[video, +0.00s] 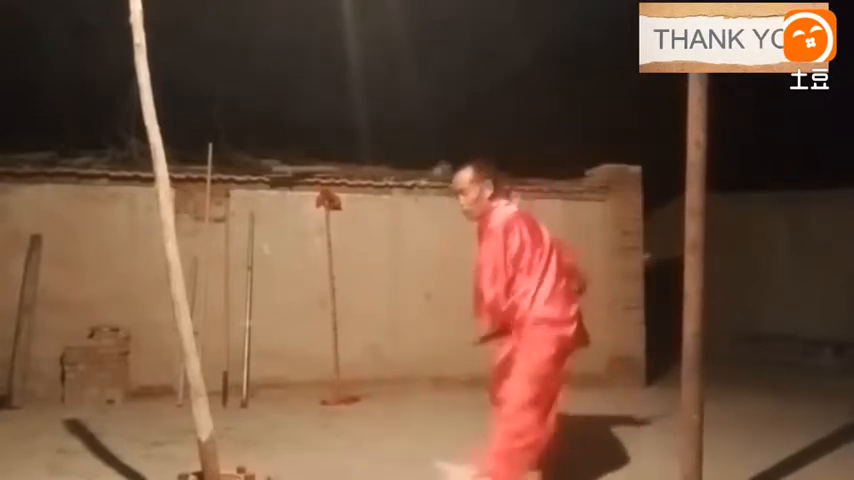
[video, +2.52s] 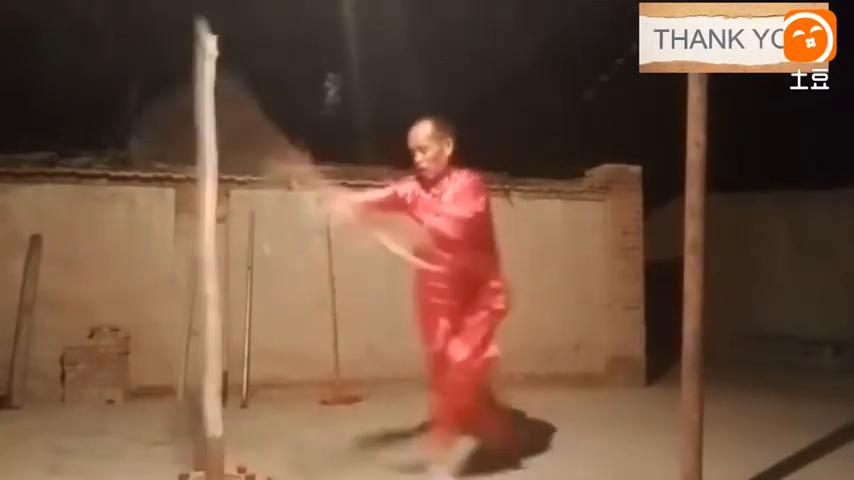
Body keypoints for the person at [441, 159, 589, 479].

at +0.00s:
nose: (462, 202)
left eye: (466, 193)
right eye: (459, 194)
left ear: (487, 188)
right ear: (485, 191)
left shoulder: (498, 222)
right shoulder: (517, 217)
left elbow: (492, 289)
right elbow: (568, 267)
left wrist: (498, 326)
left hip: (541, 323)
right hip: (556, 320)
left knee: (518, 398)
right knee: (529, 396)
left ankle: (500, 469)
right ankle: (528, 462)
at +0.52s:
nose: (418, 162)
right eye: (414, 156)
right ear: (413, 160)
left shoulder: (475, 181)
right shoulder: (429, 205)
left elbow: (439, 121)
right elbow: (371, 205)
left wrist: (367, 126)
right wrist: (311, 188)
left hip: (504, 319)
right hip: (471, 323)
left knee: (438, 392)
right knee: (461, 401)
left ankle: (436, 473)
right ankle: (526, 461)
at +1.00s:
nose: (404, 206)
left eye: (411, 196)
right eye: (404, 196)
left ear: (437, 200)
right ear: (433, 200)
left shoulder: (451, 238)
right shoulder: (445, 227)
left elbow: (376, 284)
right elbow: (391, 240)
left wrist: (344, 249)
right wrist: (342, 235)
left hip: (506, 346)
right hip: (493, 342)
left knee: (442, 394)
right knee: (462, 403)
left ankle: (440, 473)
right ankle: (497, 460)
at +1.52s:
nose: (422, 220)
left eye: (428, 211)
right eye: (421, 212)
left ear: (455, 212)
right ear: (452, 213)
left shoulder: (464, 251)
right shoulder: (461, 241)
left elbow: (398, 286)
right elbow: (405, 245)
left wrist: (352, 249)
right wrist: (354, 234)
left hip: (511, 357)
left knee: (440, 397)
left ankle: (440, 475)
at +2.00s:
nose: (428, 191)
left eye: (435, 183)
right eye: (427, 183)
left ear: (459, 184)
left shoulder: (470, 220)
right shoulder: (464, 217)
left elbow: (404, 246)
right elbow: (405, 223)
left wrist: (364, 209)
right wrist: (351, 205)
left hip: (496, 337)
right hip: (497, 335)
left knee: (437, 401)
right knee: (458, 406)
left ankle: (450, 474)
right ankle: (465, 473)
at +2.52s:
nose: (418, 158)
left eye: (425, 150)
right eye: (414, 151)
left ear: (448, 148)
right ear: (411, 153)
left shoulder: (467, 186)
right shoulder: (413, 190)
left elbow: (452, 230)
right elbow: (373, 200)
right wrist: (334, 200)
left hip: (481, 293)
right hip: (439, 293)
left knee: (461, 363)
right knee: (443, 365)